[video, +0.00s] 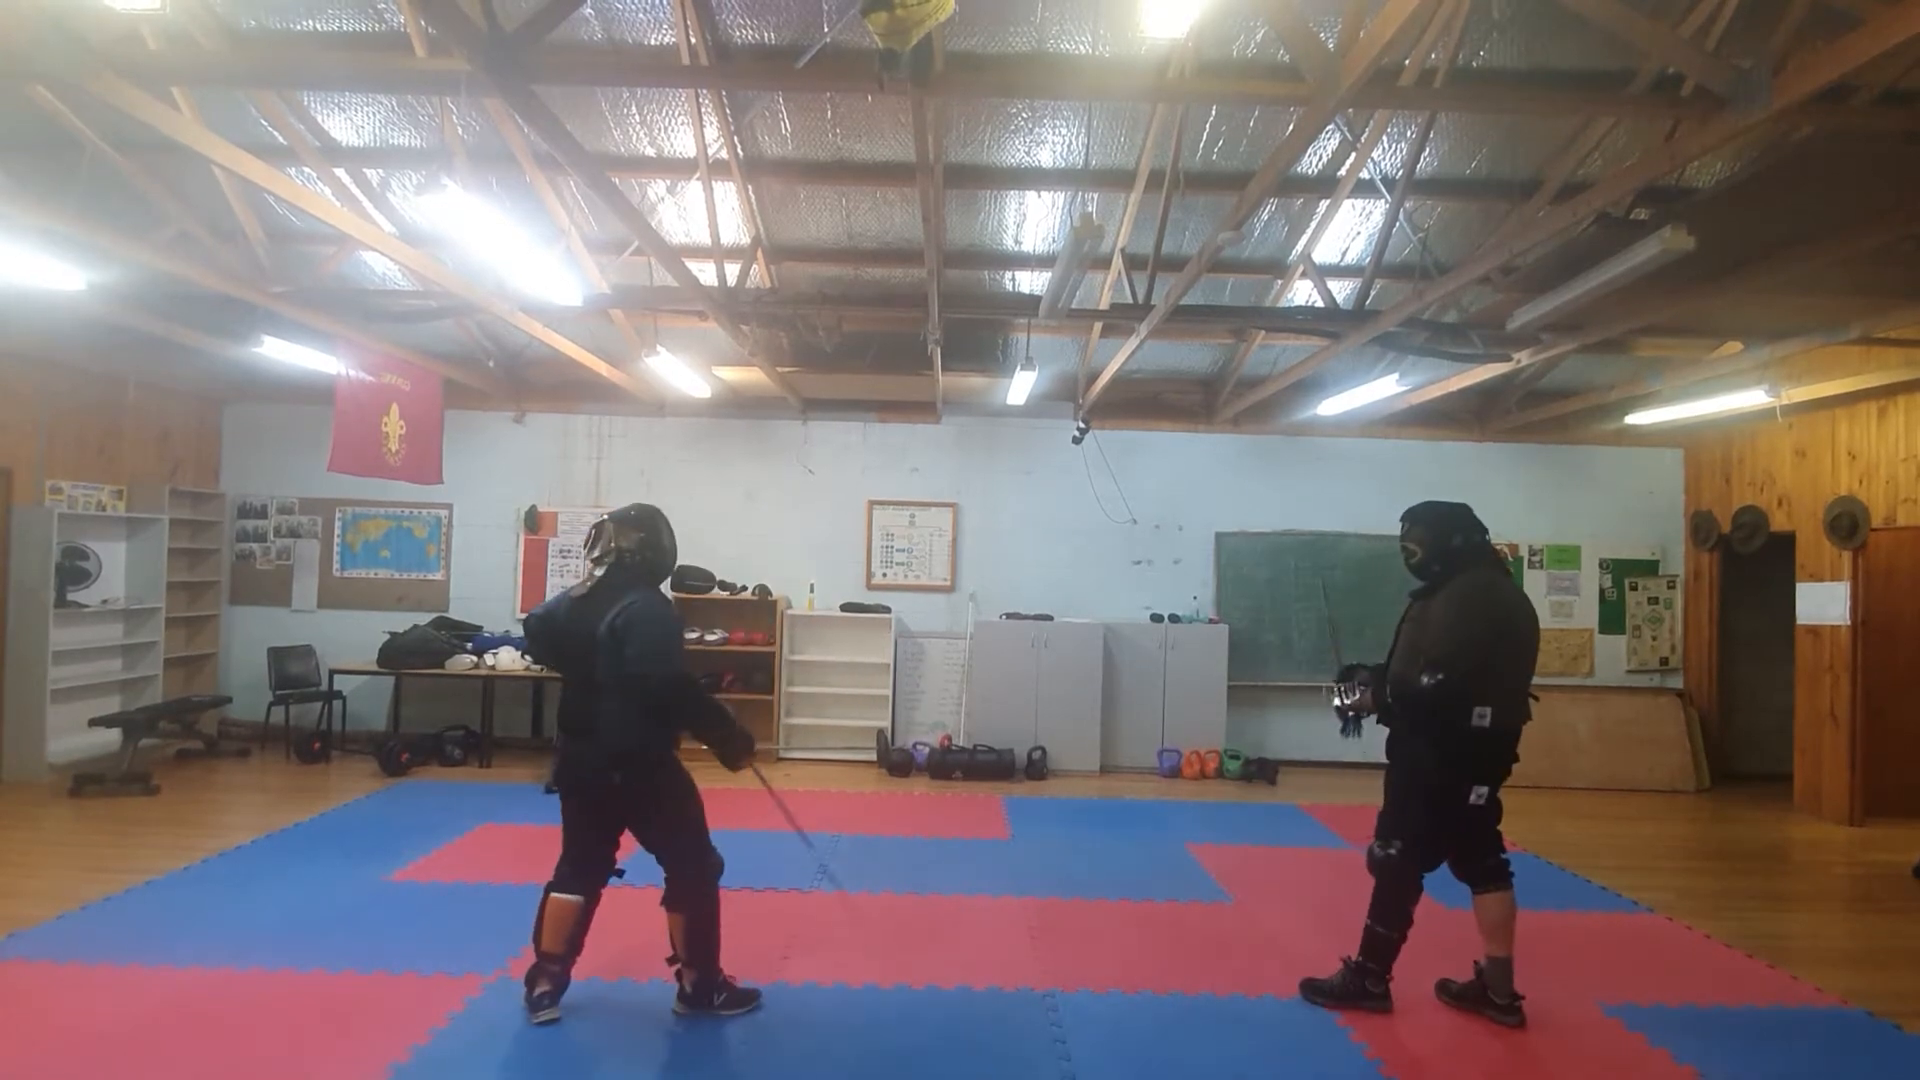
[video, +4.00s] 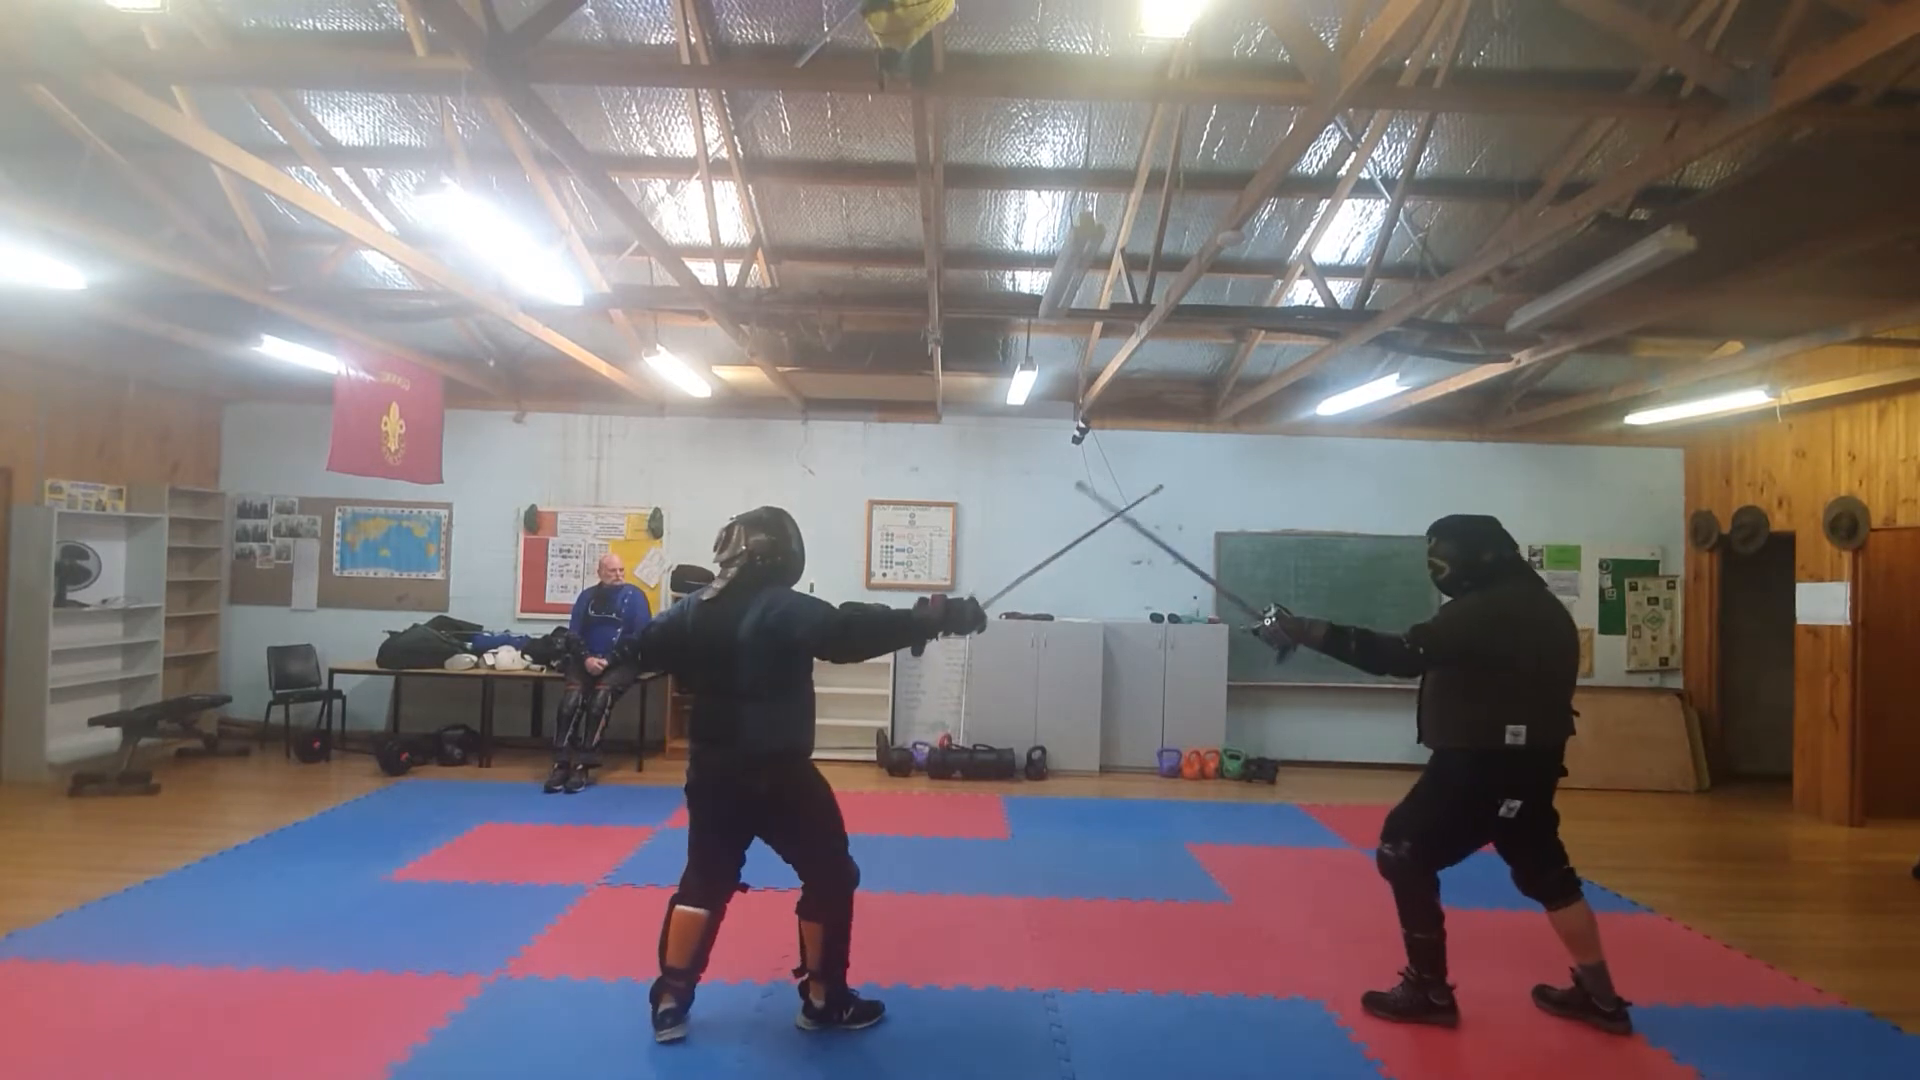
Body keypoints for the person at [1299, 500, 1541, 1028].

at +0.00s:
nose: (1410, 560)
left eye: (1416, 549)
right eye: (1407, 550)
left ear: (1448, 543)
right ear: (1457, 542)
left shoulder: (1464, 599)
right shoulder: (1496, 593)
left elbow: (1445, 693)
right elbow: (1435, 672)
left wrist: (1383, 698)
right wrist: (1380, 681)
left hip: (1433, 763)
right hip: (1479, 762)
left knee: (1396, 861)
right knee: (1484, 864)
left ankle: (1369, 975)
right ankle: (1497, 986)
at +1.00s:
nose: (1388, 566)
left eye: (1394, 554)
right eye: (1385, 555)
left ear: (1423, 548)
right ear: (1442, 546)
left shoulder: (1421, 609)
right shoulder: (1491, 601)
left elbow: (1395, 700)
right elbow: (1495, 699)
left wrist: (1319, 699)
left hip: (1413, 757)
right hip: (1472, 758)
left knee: (1366, 852)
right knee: (1479, 864)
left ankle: (1349, 970)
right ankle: (1499, 989)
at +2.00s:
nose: (1380, 567)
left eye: (1385, 556)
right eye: (1377, 557)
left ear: (1413, 553)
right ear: (1434, 550)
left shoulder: (1416, 607)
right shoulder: (1487, 602)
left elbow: (1378, 679)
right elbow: (1488, 689)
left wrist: (1290, 685)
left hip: (1410, 756)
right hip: (1470, 755)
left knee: (1356, 845)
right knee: (1485, 855)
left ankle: (1345, 969)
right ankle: (1513, 973)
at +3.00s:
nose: (1362, 570)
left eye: (1367, 558)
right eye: (1360, 560)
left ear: (1399, 553)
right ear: (1418, 550)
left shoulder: (1402, 602)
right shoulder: (1470, 598)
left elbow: (1330, 653)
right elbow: (1478, 685)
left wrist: (1242, 636)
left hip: (1401, 750)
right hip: (1462, 749)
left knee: (1347, 845)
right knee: (1464, 847)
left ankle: (1344, 968)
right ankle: (1544, 957)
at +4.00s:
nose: (1435, 573)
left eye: (1442, 562)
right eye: (1433, 562)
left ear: (1476, 558)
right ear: (1498, 557)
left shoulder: (1480, 610)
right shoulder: (1548, 609)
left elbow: (1404, 655)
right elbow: (1553, 702)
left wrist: (1315, 634)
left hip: (1475, 763)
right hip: (1531, 765)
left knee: (1405, 851)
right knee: (1548, 874)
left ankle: (1429, 988)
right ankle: (1599, 993)